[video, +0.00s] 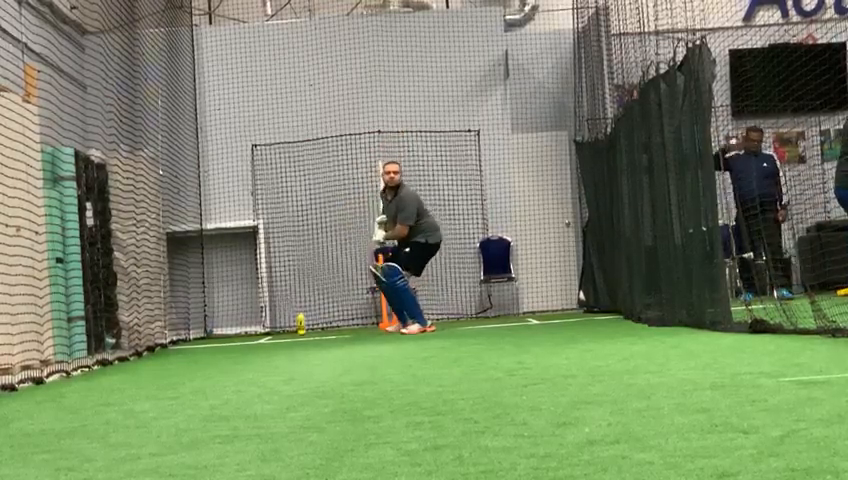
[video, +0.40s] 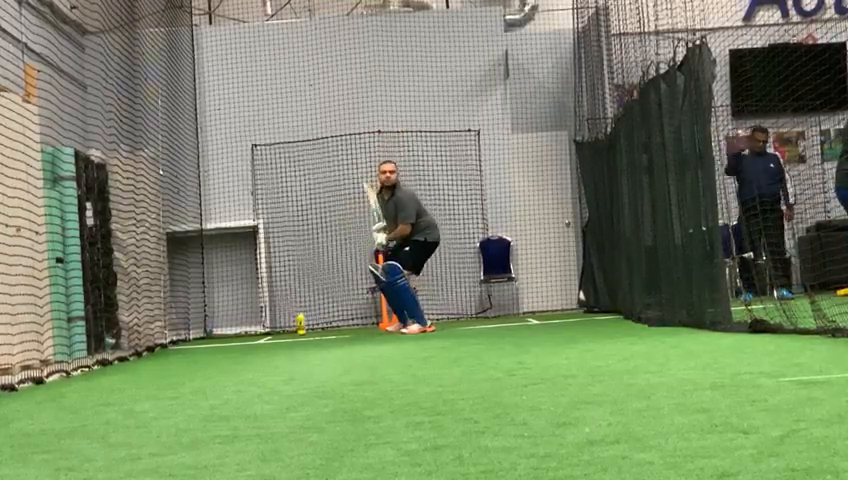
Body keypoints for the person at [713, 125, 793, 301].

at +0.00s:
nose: (756, 144)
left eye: (759, 141)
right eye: (753, 141)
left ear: (762, 142)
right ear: (744, 141)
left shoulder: (769, 159)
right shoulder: (735, 160)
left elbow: (778, 185)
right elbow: (713, 164)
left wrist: (782, 206)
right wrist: (726, 149)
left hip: (769, 210)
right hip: (745, 211)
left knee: (774, 248)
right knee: (746, 250)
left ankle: (780, 285)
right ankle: (749, 289)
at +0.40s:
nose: (762, 145)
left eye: (764, 141)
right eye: (758, 141)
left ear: (767, 142)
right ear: (749, 141)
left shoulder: (773, 159)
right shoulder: (741, 159)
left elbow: (782, 184)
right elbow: (730, 171)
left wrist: (788, 205)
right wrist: (734, 153)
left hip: (772, 208)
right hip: (750, 209)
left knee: (777, 247)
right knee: (749, 248)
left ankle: (782, 286)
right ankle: (751, 288)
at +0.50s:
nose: (762, 145)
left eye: (765, 142)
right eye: (759, 141)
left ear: (768, 142)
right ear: (752, 141)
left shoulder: (775, 159)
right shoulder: (742, 159)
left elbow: (783, 184)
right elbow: (737, 175)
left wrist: (788, 205)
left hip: (772, 207)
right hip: (751, 208)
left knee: (776, 247)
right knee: (751, 248)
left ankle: (781, 286)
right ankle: (752, 289)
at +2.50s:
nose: (755, 142)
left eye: (757, 139)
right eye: (751, 139)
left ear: (761, 140)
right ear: (743, 140)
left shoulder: (770, 159)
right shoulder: (734, 159)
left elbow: (782, 180)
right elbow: (724, 182)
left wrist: (775, 194)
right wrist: (742, 197)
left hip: (768, 210)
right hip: (745, 211)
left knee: (774, 247)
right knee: (746, 251)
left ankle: (781, 286)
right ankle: (748, 289)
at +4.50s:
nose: (755, 142)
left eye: (758, 139)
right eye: (751, 138)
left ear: (762, 141)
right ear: (744, 140)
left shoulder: (769, 159)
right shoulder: (735, 159)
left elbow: (777, 185)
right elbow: (721, 181)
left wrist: (781, 207)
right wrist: (735, 178)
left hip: (768, 211)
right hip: (744, 212)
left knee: (774, 248)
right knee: (746, 252)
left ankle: (779, 286)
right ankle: (748, 289)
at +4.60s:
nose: (755, 142)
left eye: (759, 139)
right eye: (752, 138)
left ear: (762, 142)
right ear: (744, 140)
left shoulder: (769, 160)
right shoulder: (736, 160)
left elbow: (777, 186)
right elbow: (724, 178)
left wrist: (781, 207)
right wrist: (710, 179)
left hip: (768, 211)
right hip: (744, 212)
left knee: (774, 248)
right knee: (746, 251)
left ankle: (779, 286)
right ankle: (748, 289)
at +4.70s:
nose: (754, 142)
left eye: (758, 139)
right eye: (751, 138)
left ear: (762, 142)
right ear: (744, 140)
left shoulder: (769, 160)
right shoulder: (735, 161)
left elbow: (777, 186)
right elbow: (717, 174)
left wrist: (781, 207)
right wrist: (705, 167)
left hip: (768, 211)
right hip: (744, 212)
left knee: (774, 248)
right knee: (745, 251)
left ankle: (780, 286)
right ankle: (749, 289)